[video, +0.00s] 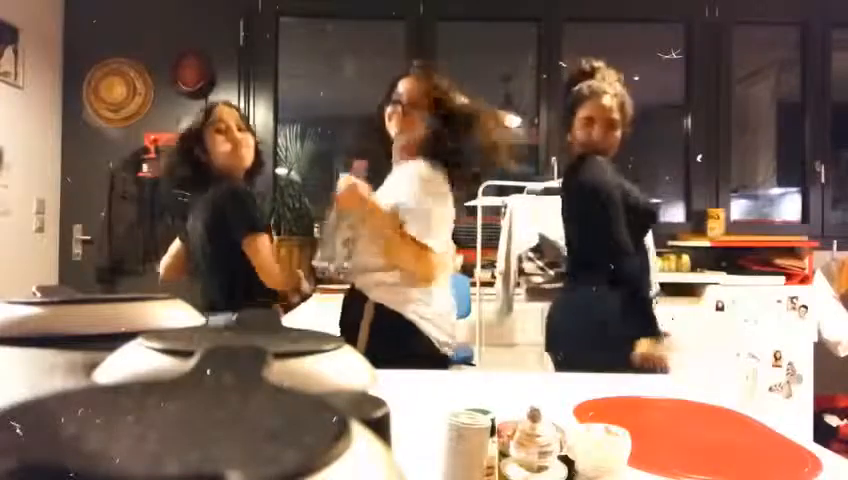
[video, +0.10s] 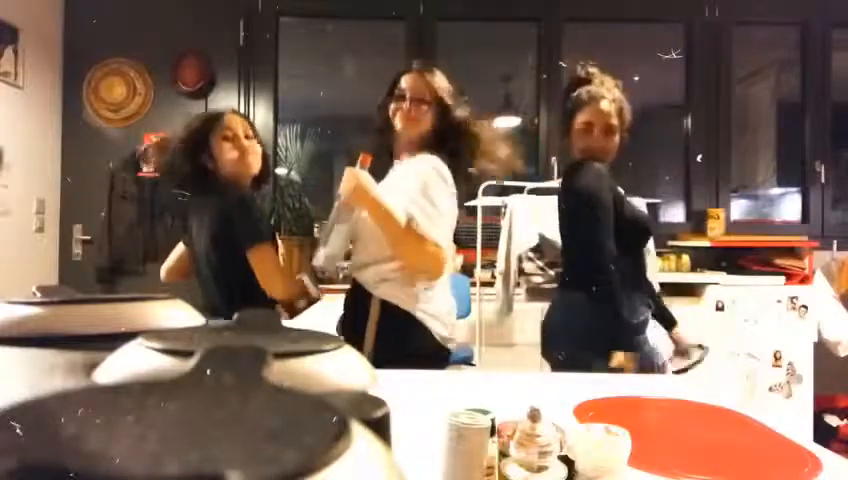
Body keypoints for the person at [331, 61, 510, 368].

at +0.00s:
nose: (394, 110)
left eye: (408, 105)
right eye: (393, 102)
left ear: (434, 119)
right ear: (386, 108)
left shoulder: (421, 177)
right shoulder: (403, 175)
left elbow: (426, 266)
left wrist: (367, 210)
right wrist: (363, 205)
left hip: (399, 322)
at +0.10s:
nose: (406, 108)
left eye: (420, 102)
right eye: (399, 98)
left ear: (441, 114)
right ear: (390, 106)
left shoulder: (428, 169)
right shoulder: (403, 170)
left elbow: (430, 263)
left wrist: (369, 199)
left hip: (399, 318)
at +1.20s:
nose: (366, 111)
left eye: (379, 105)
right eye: (363, 103)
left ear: (404, 114)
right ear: (356, 109)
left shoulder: (396, 165)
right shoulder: (416, 169)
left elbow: (411, 247)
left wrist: (358, 188)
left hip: (392, 317)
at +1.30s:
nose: (363, 110)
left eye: (377, 103)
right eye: (361, 102)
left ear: (404, 112)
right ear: (354, 108)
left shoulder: (396, 162)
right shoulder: (414, 166)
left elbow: (407, 243)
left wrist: (361, 180)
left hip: (390, 313)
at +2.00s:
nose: (366, 124)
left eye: (380, 118)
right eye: (362, 116)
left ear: (403, 128)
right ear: (355, 121)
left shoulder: (400, 170)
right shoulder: (383, 174)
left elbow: (419, 250)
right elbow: (379, 256)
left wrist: (374, 188)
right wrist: (338, 288)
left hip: (394, 307)